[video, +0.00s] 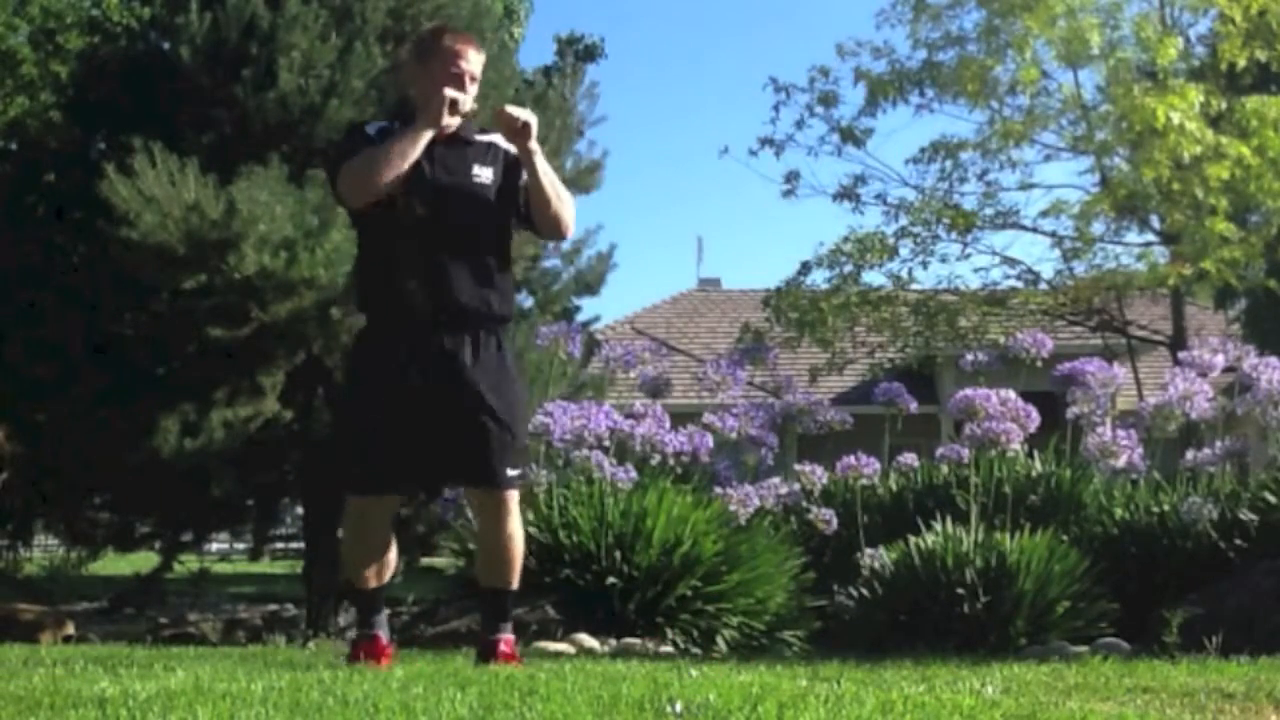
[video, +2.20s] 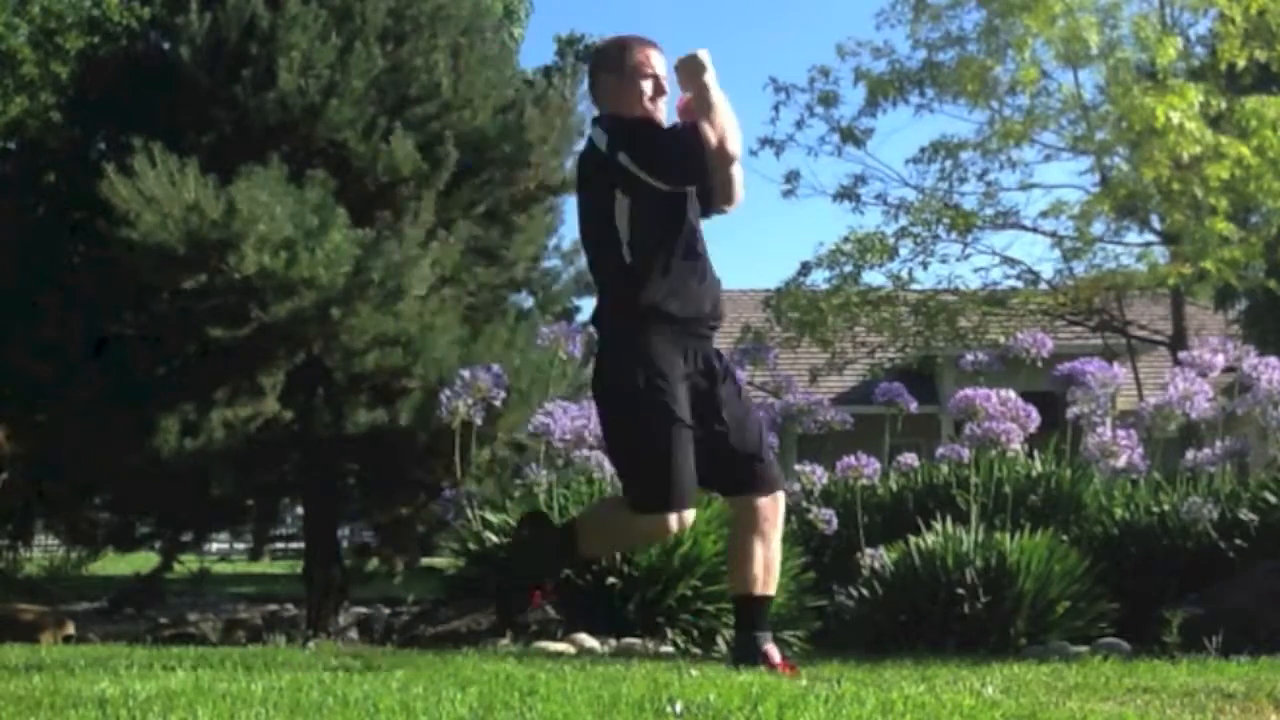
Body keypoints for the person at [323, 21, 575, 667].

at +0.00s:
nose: (462, 87)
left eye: (472, 80)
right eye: (451, 72)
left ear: (478, 92)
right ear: (412, 70)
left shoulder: (501, 156)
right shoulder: (373, 141)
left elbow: (560, 225)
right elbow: (355, 190)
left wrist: (532, 149)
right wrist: (427, 127)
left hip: (481, 348)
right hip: (392, 345)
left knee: (500, 497)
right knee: (369, 502)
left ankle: (498, 635)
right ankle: (372, 633)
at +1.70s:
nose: (475, 90)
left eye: (484, 82)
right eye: (463, 78)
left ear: (491, 91)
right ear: (425, 80)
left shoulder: (510, 156)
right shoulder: (385, 148)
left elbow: (565, 234)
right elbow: (372, 211)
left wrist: (533, 167)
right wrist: (447, 143)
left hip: (506, 347)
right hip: (417, 351)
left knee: (579, 462)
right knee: (380, 507)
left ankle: (548, 607)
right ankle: (351, 641)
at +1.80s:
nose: (501, 86)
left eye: (510, 78)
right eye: (488, 74)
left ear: (520, 86)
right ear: (451, 76)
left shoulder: (535, 148)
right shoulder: (412, 143)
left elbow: (593, 227)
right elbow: (404, 203)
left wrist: (564, 157)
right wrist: (476, 136)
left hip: (531, 348)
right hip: (439, 353)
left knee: (609, 458)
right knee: (394, 504)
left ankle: (622, 618)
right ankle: (355, 631)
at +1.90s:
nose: (536, 110)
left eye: (543, 101)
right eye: (521, 98)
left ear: (550, 110)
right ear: (481, 101)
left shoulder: (568, 177)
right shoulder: (440, 164)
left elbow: (634, 240)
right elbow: (453, 212)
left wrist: (604, 164)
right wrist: (525, 147)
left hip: (553, 375)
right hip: (459, 376)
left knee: (626, 490)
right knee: (404, 518)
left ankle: (708, 618)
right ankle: (360, 637)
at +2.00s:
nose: (578, 128)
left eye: (584, 118)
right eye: (562, 115)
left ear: (595, 130)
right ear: (521, 126)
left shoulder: (611, 207)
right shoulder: (498, 191)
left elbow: (684, 237)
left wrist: (651, 163)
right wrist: (603, 141)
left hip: (593, 402)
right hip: (501, 398)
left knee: (677, 512)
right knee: (421, 531)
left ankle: (725, 646)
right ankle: (364, 640)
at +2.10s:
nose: (628, 112)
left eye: (631, 104)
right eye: (613, 101)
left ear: (634, 116)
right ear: (570, 114)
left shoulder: (635, 180)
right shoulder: (573, 178)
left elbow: (706, 215)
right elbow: (666, 175)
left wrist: (683, 140)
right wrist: (668, 107)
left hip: (658, 385)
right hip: (582, 388)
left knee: (746, 495)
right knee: (499, 533)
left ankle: (750, 642)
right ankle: (388, 623)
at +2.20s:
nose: (657, 87)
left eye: (661, 78)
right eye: (642, 77)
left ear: (664, 88)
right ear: (603, 91)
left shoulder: (660, 148)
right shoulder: (610, 146)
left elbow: (722, 195)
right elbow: (704, 156)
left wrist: (711, 121)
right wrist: (703, 94)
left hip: (700, 345)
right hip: (641, 346)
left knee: (762, 496)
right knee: (664, 515)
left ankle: (752, 642)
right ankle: (550, 548)